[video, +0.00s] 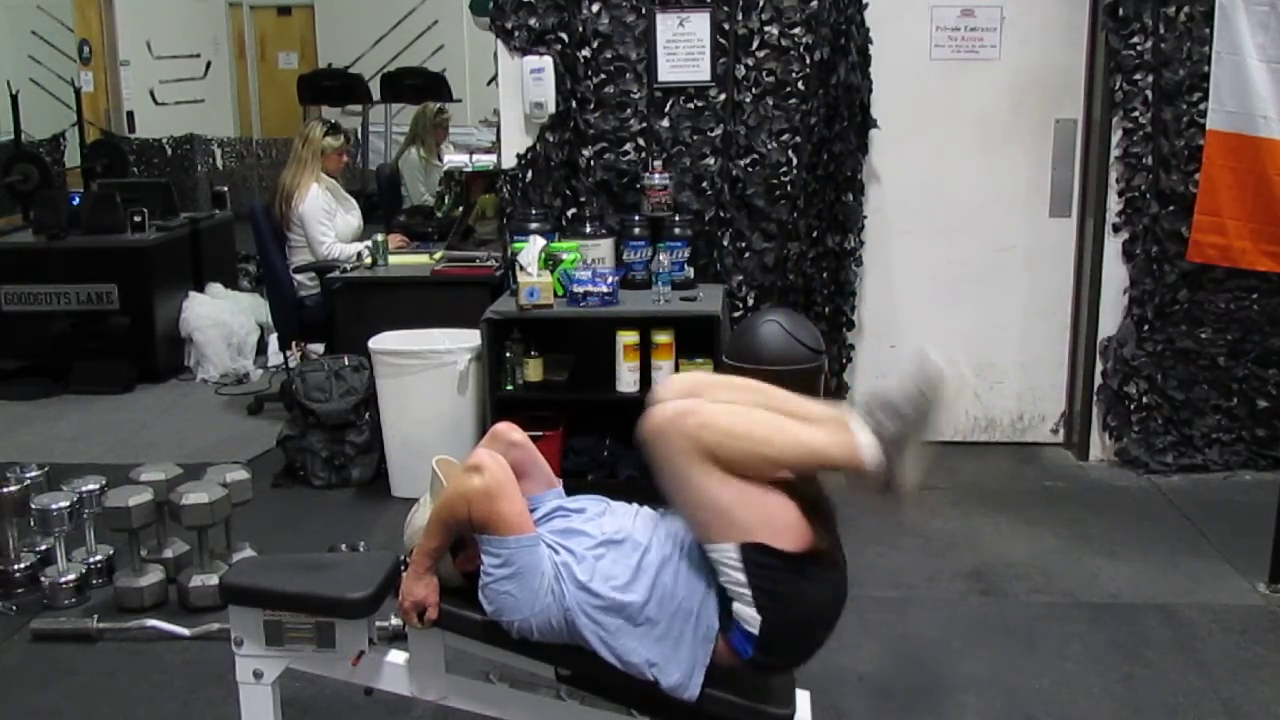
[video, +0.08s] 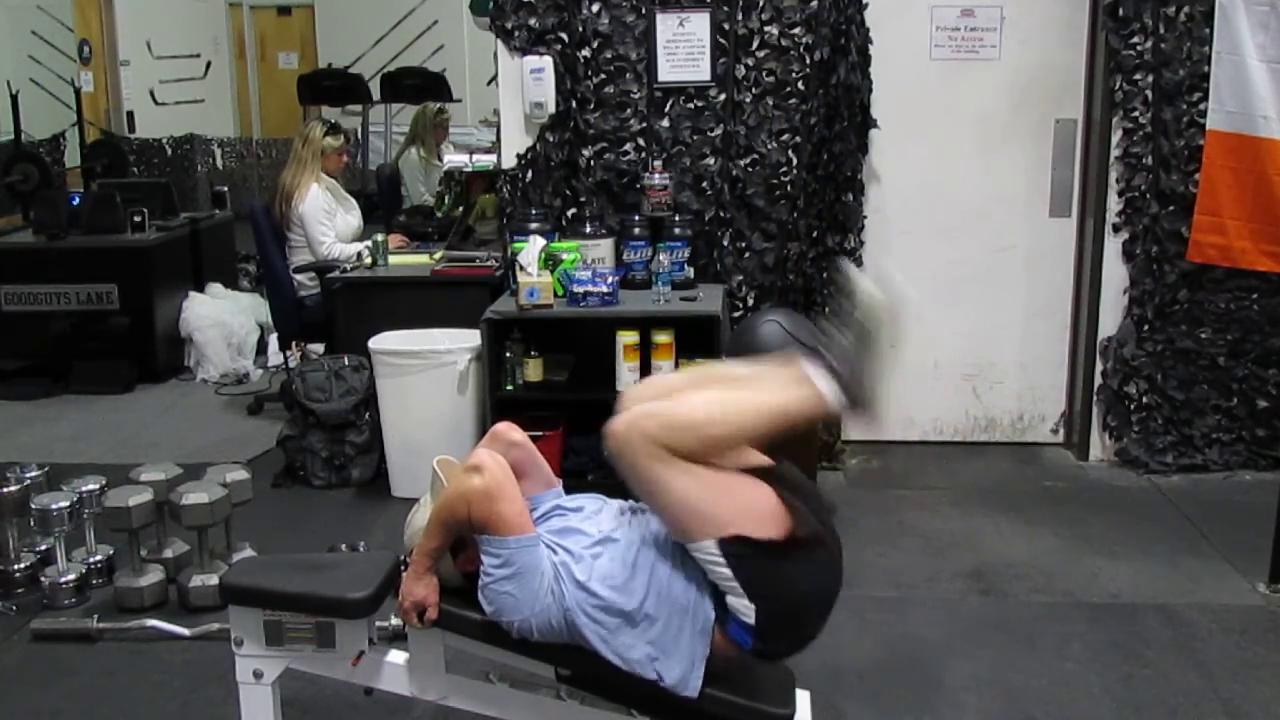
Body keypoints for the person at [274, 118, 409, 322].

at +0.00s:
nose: (346, 159)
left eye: (346, 153)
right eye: (340, 154)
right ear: (319, 154)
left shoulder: (323, 186)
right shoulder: (312, 192)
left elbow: (333, 245)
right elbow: (326, 251)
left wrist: (377, 243)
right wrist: (378, 246)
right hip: (318, 293)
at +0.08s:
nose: (346, 159)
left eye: (346, 153)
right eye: (339, 154)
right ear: (319, 154)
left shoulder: (323, 186)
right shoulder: (312, 192)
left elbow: (332, 245)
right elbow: (326, 251)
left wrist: (377, 244)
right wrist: (378, 246)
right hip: (317, 292)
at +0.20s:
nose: (346, 159)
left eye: (346, 153)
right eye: (340, 154)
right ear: (319, 154)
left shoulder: (323, 186)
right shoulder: (312, 192)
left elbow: (333, 245)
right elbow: (326, 251)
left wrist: (377, 243)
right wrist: (377, 245)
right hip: (318, 292)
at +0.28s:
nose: (346, 159)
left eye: (346, 153)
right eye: (339, 154)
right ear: (319, 154)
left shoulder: (323, 186)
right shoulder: (312, 192)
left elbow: (333, 245)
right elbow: (326, 251)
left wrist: (377, 243)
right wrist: (378, 245)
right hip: (318, 291)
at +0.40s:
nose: (346, 159)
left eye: (346, 153)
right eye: (340, 154)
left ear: (321, 155)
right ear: (319, 154)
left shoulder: (323, 186)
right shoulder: (312, 193)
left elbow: (335, 244)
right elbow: (326, 251)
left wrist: (377, 242)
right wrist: (378, 245)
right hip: (318, 293)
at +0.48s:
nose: (345, 159)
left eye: (346, 153)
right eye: (340, 154)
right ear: (319, 154)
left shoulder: (323, 186)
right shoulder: (312, 193)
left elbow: (334, 245)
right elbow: (326, 251)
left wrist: (377, 242)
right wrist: (378, 245)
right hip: (318, 293)